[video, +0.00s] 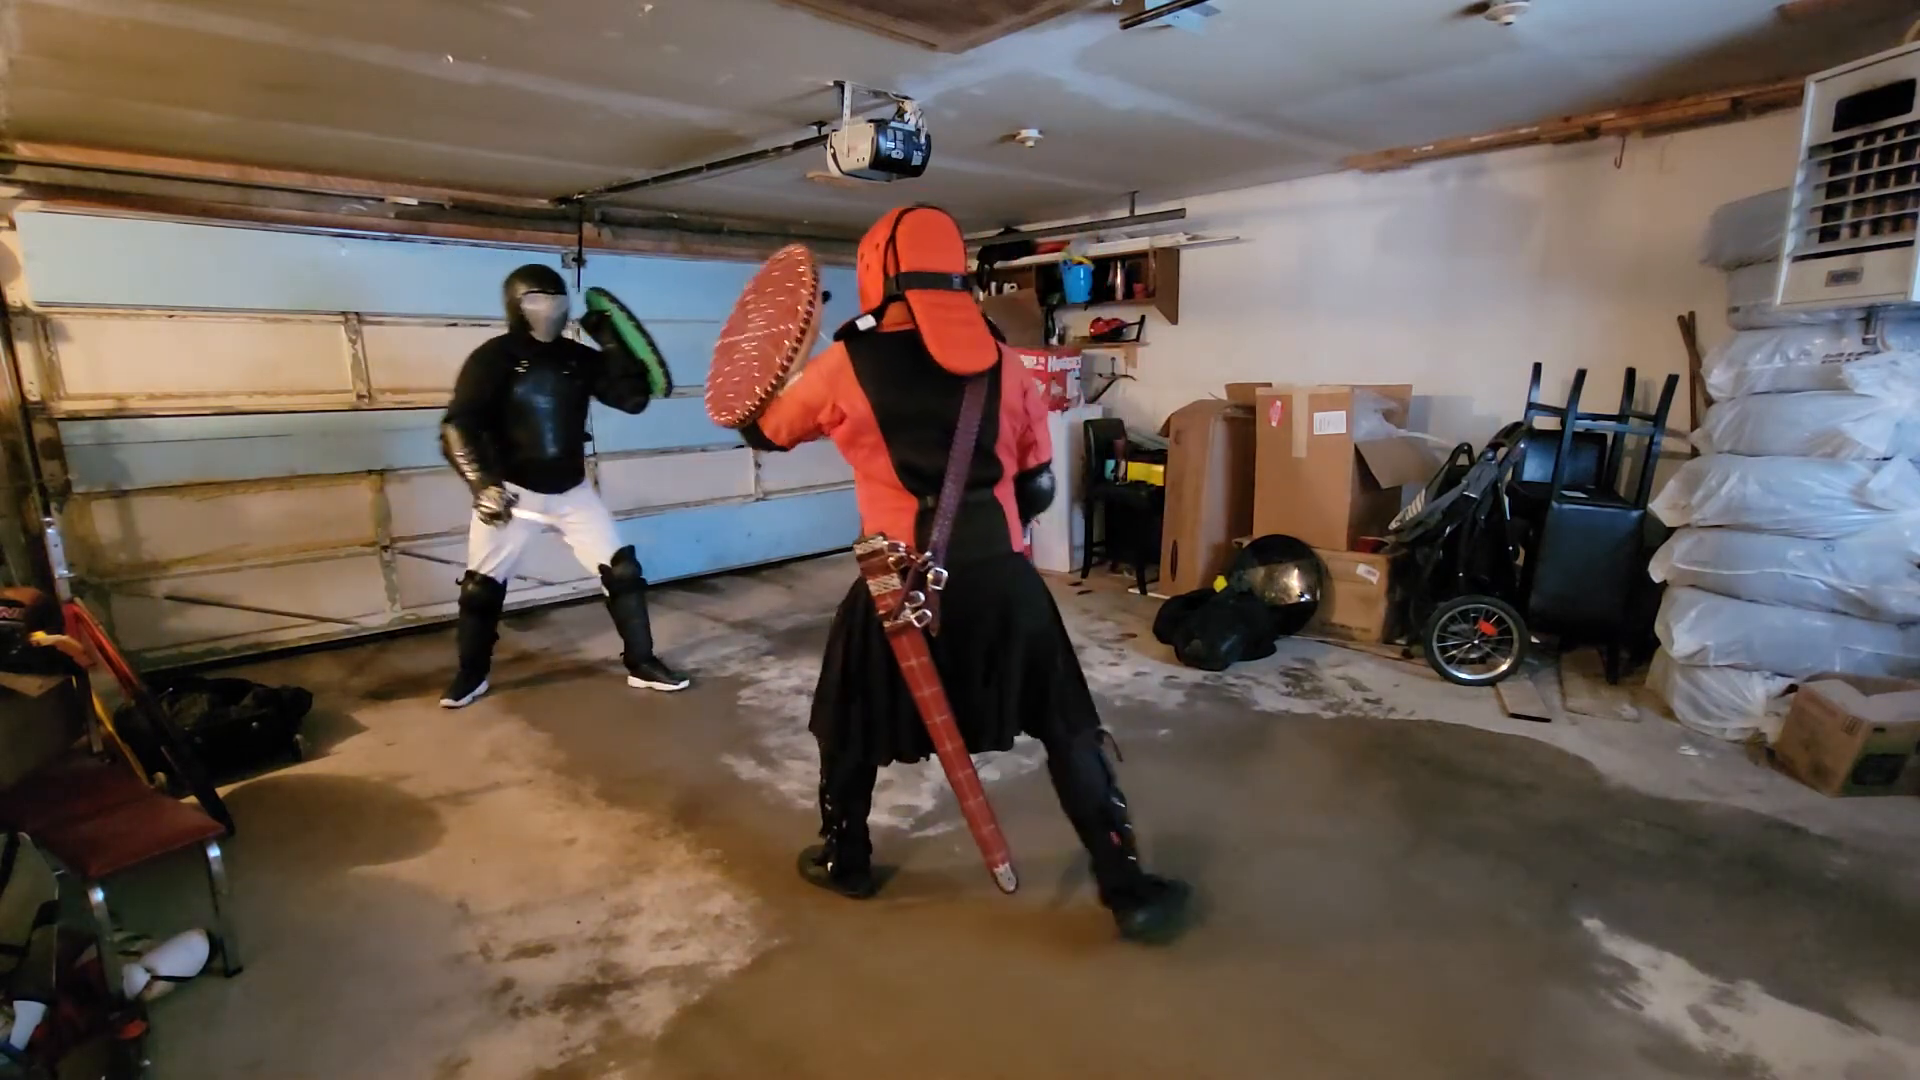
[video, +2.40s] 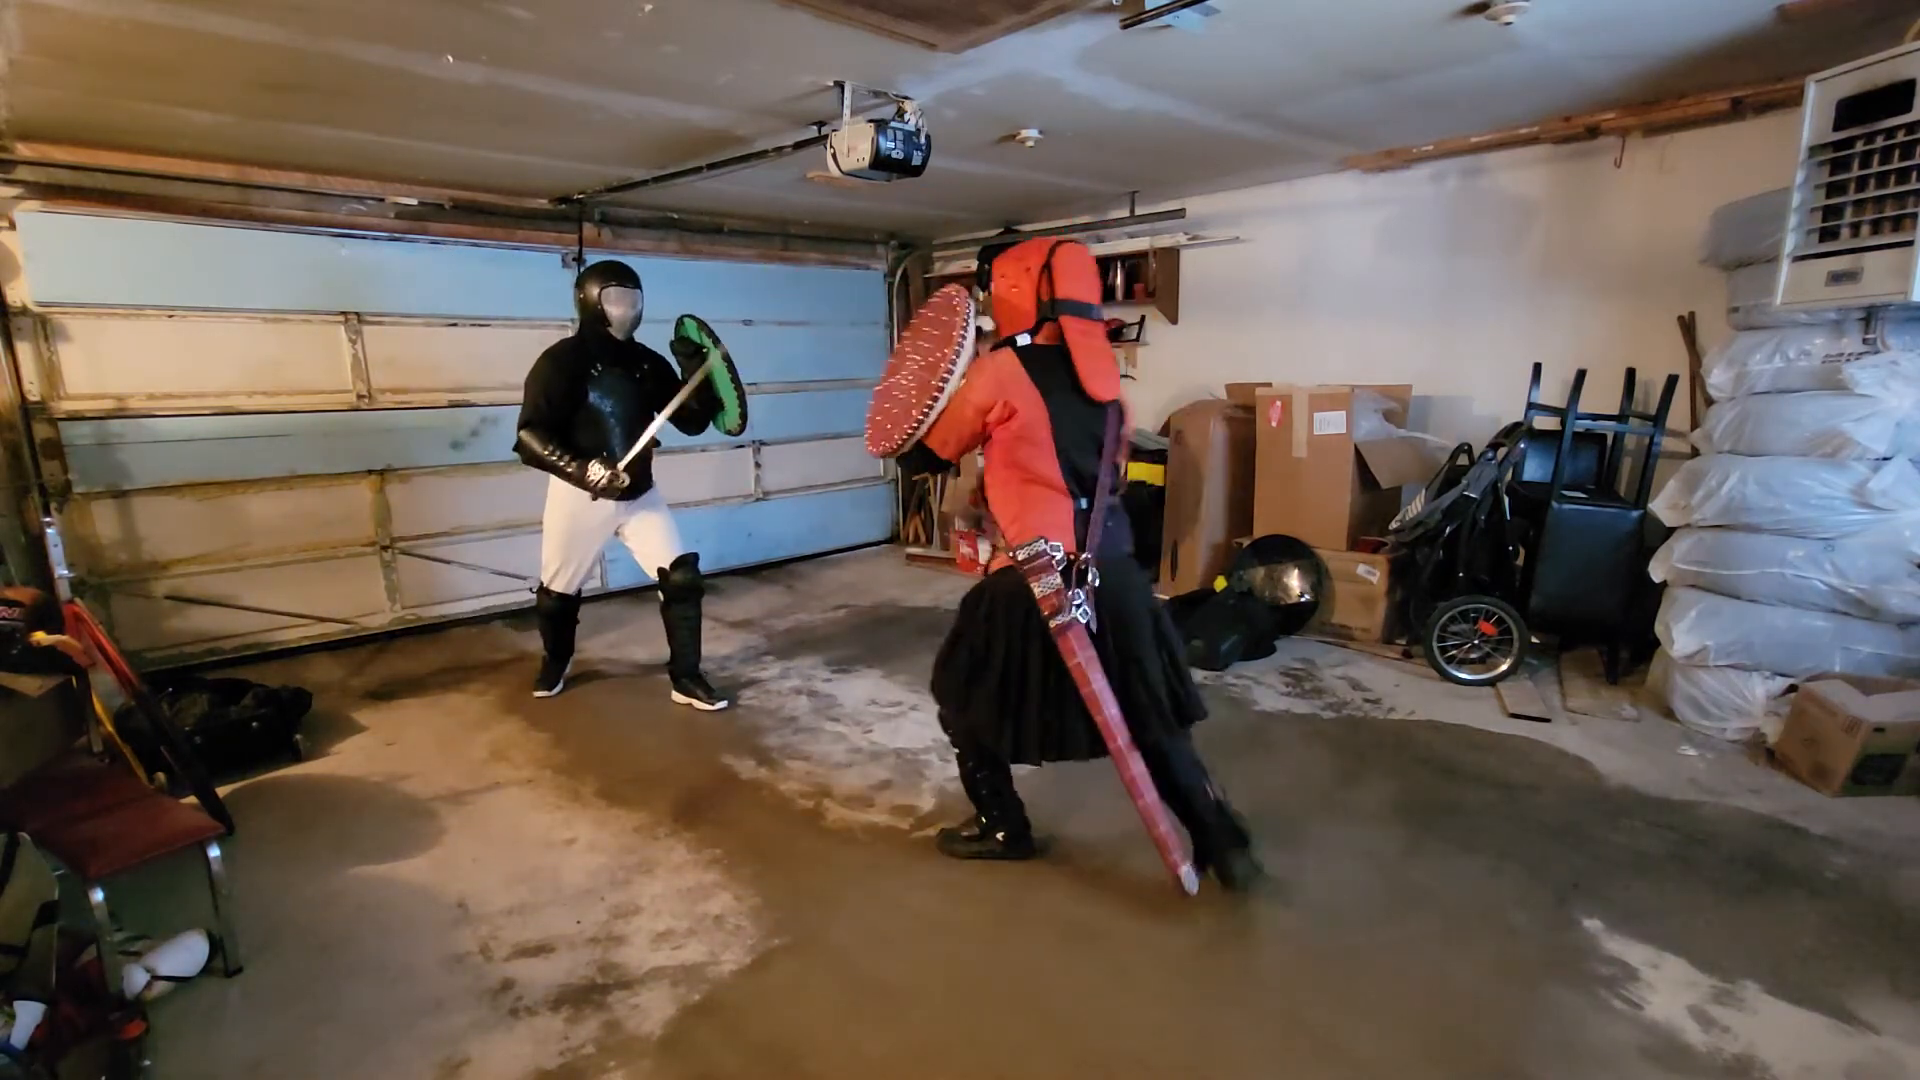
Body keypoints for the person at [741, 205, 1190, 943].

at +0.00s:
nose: (860, 284)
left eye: (865, 272)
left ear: (878, 277)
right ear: (957, 274)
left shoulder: (847, 364)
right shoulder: (1008, 367)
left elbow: (768, 428)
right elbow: (1035, 491)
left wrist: (780, 366)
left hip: (897, 582)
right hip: (999, 576)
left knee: (849, 714)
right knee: (1067, 721)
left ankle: (846, 854)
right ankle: (1127, 886)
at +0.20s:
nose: (902, 305)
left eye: (907, 293)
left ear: (919, 298)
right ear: (1007, 291)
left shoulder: (897, 383)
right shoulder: (1056, 382)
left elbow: (815, 429)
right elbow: (1090, 481)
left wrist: (825, 336)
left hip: (939, 599)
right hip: (1044, 596)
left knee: (870, 719)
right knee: (1105, 738)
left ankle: (850, 857)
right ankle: (1148, 907)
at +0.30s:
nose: (948, 305)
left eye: (951, 293)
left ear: (959, 298)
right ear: (1040, 297)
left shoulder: (927, 384)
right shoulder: (1093, 390)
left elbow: (847, 431)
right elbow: (1132, 509)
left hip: (962, 611)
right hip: (1073, 610)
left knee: (887, 726)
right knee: (1124, 745)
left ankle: (851, 856)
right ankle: (1151, 908)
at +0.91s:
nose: (947, 288)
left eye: (954, 277)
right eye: (950, 276)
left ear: (973, 284)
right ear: (1047, 278)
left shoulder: (949, 369)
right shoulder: (1102, 363)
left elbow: (871, 445)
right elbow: (1118, 453)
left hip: (1002, 579)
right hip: (1103, 576)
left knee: (949, 699)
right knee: (1140, 724)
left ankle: (955, 853)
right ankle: (1163, 892)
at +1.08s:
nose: (946, 291)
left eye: (951, 280)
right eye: (952, 280)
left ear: (967, 285)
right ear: (1045, 279)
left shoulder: (948, 371)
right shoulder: (1098, 359)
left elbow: (866, 447)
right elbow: (1124, 446)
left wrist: (866, 364)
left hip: (1004, 572)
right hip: (1105, 564)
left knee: (951, 697)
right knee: (1156, 711)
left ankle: (955, 854)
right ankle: (1198, 871)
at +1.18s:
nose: (960, 302)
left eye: (965, 290)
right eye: (964, 290)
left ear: (983, 294)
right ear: (1060, 287)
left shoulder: (963, 377)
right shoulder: (1115, 370)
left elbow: (880, 452)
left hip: (1015, 579)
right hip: (1114, 575)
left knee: (952, 701)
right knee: (1166, 722)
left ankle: (956, 853)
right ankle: (1216, 882)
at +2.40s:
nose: (992, 303)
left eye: (999, 291)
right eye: (995, 290)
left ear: (1024, 301)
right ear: (1066, 300)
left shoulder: (1000, 371)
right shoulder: (1101, 374)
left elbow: (939, 442)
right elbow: (1106, 454)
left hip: (1033, 573)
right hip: (1113, 570)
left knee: (961, 685)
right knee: (1147, 714)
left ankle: (1001, 822)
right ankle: (1220, 839)